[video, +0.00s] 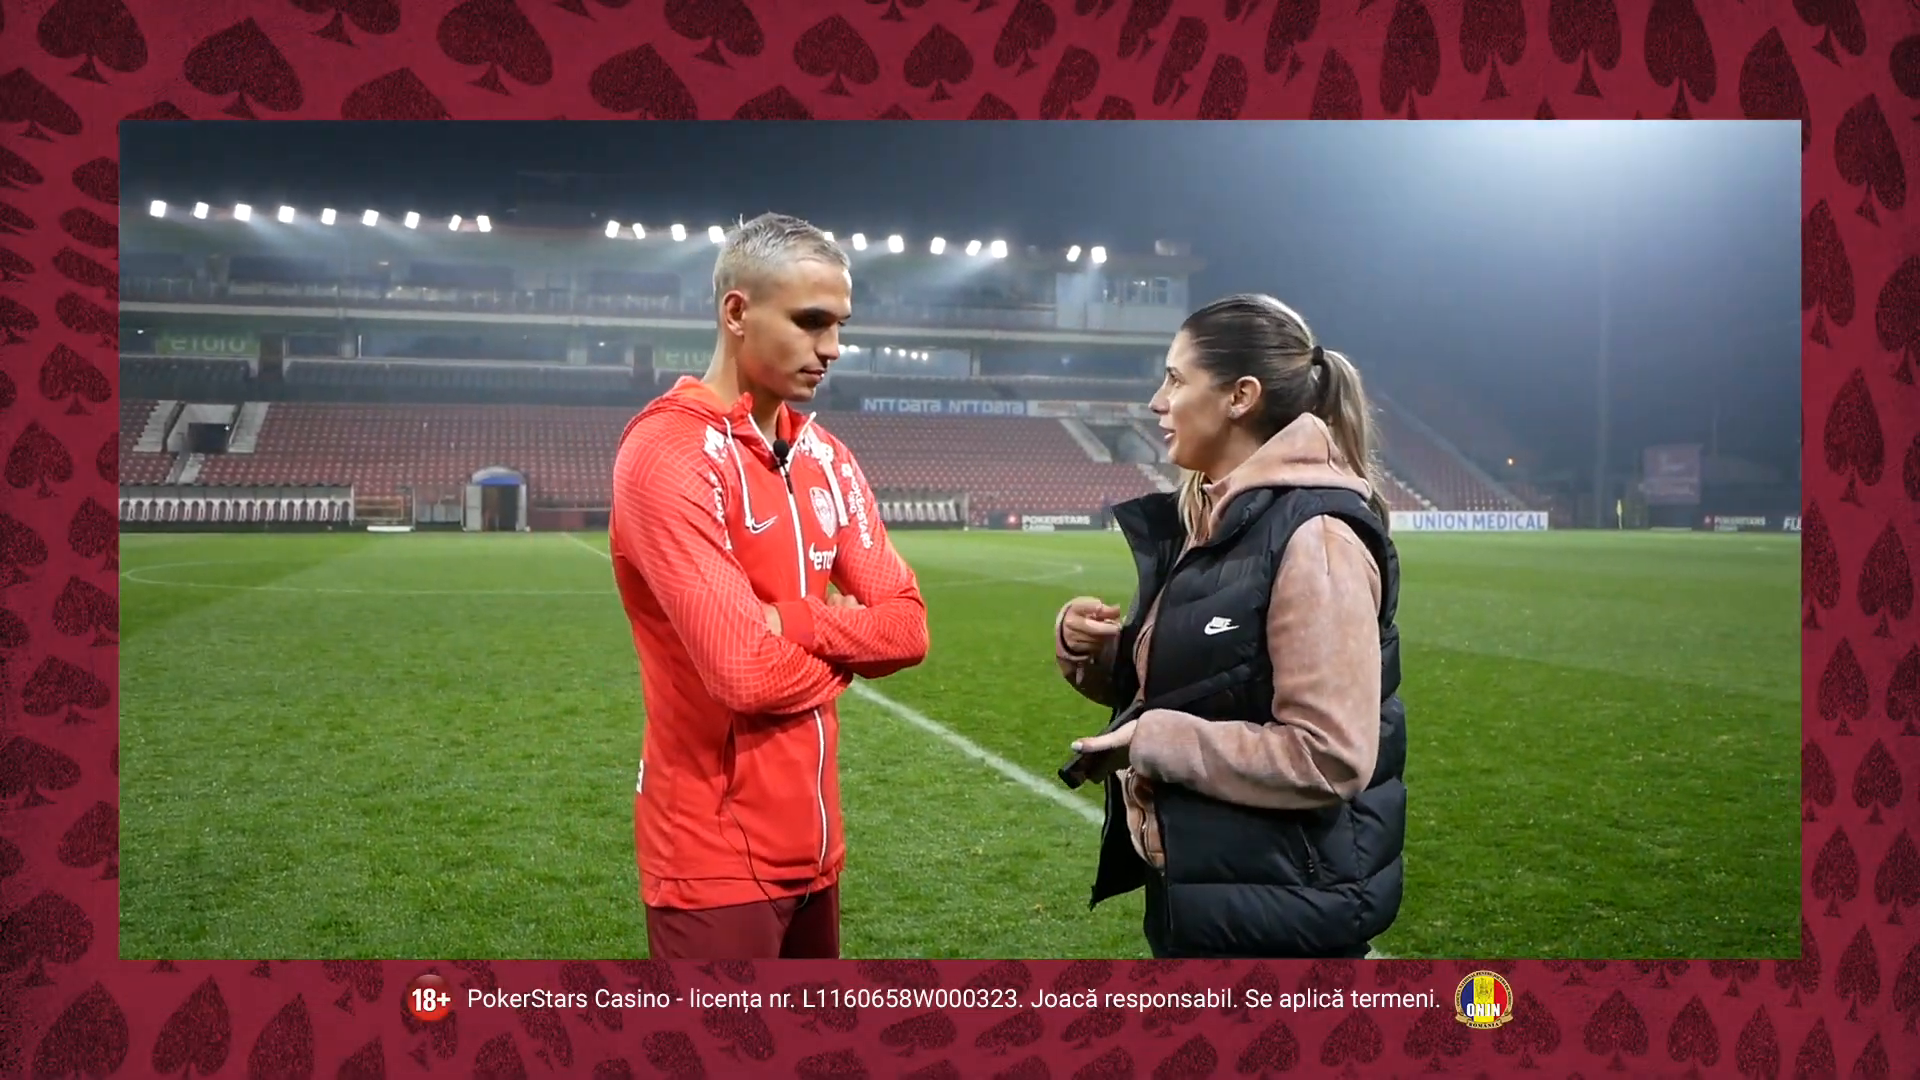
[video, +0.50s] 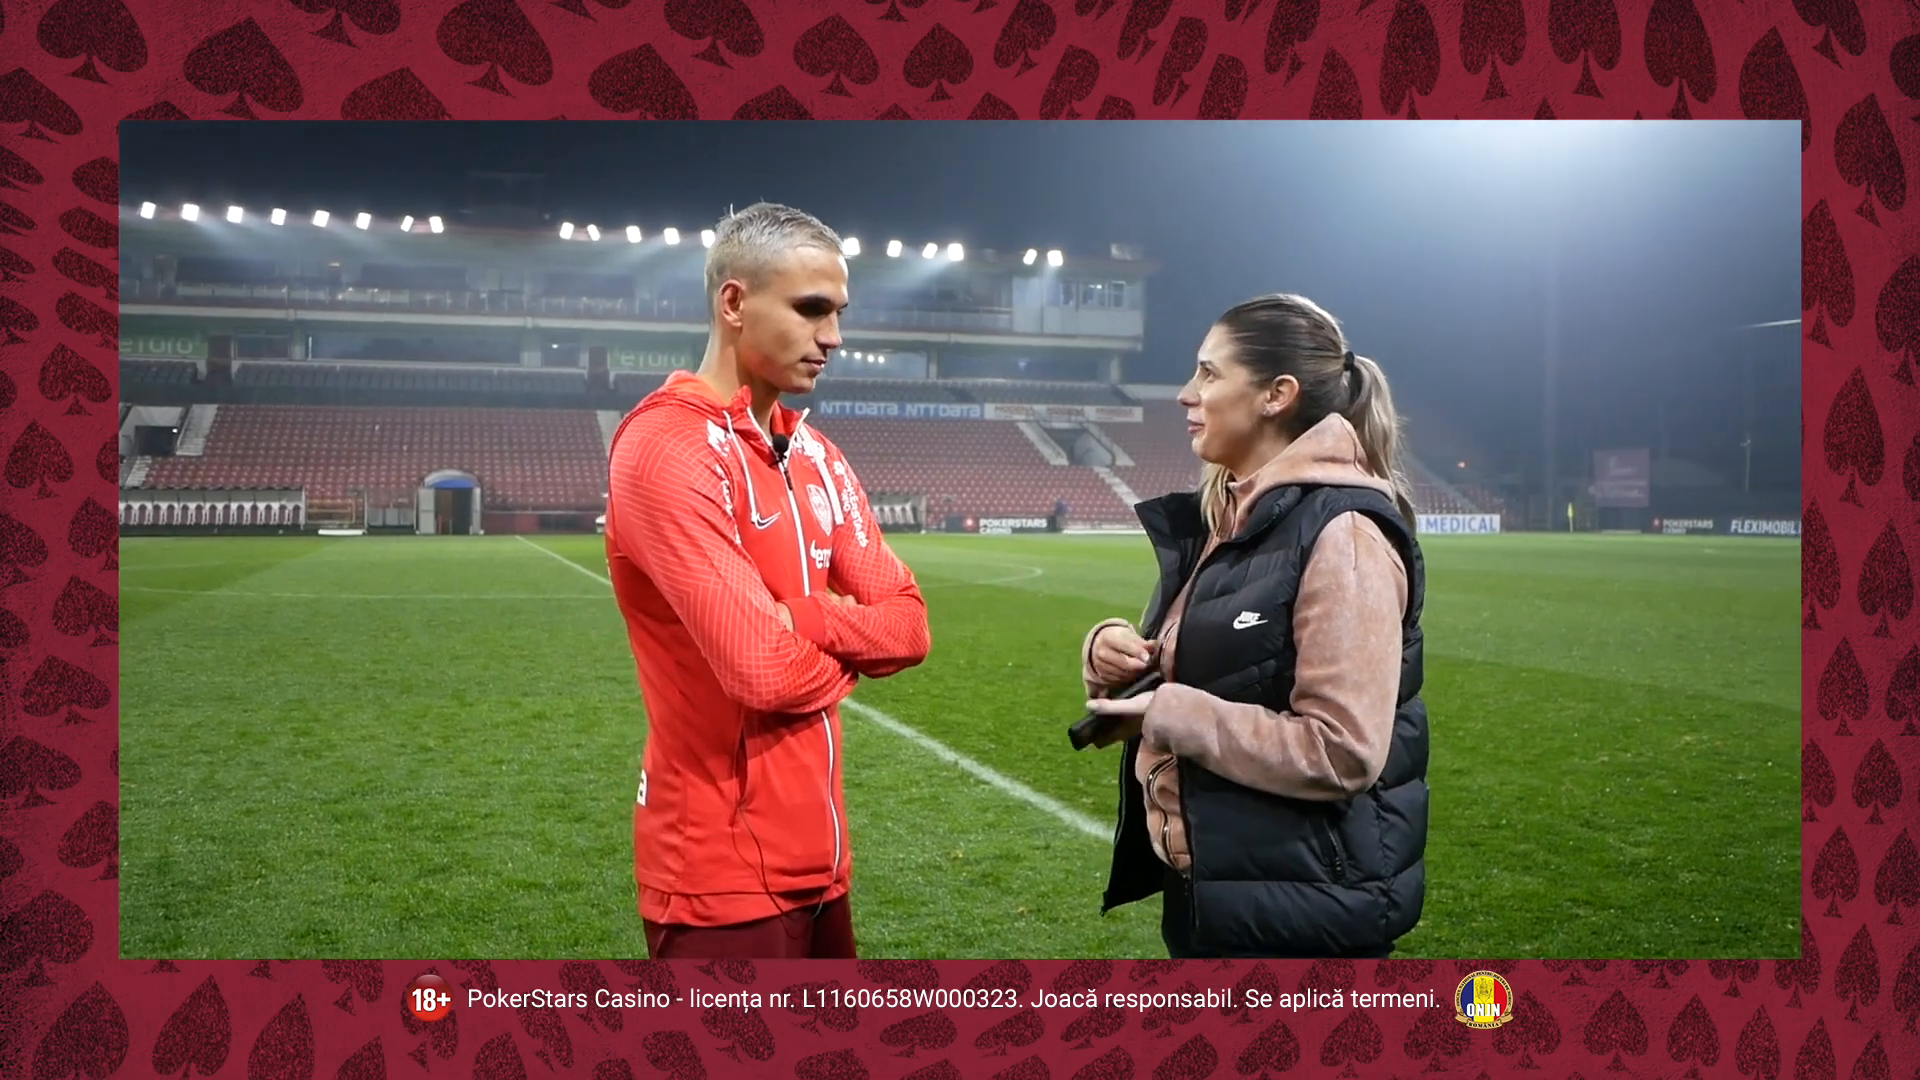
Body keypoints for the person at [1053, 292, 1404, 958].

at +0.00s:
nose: (1157, 403)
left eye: (1175, 379)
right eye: (1164, 380)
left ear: (1241, 396)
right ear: (1237, 398)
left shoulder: (1317, 538)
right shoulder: (1216, 519)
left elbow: (1330, 755)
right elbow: (1179, 686)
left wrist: (1155, 739)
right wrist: (1093, 652)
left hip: (1278, 915)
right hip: (1207, 904)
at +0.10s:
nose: (1161, 406)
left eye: (1177, 384)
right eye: (1167, 385)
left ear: (1245, 393)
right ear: (1238, 395)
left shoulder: (1324, 541)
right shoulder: (1214, 520)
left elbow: (1324, 757)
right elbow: (1161, 680)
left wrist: (1151, 720)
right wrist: (1062, 616)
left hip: (1282, 907)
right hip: (1206, 893)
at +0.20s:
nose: (1167, 408)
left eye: (1184, 383)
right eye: (1173, 384)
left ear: (1251, 391)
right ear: (1246, 393)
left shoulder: (1335, 543)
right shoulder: (1219, 518)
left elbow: (1319, 755)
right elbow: (1161, 676)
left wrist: (1147, 697)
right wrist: (1044, 625)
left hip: (1287, 912)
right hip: (1204, 899)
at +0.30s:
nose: (1171, 403)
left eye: (1190, 378)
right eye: (1179, 380)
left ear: (1259, 393)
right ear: (1254, 395)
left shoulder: (1335, 541)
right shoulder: (1223, 522)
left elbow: (1325, 754)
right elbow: (1166, 682)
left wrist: (1154, 698)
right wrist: (1060, 629)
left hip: (1290, 912)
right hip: (1208, 900)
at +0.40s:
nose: (1178, 397)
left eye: (1200, 375)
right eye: (1188, 376)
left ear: (1269, 393)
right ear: (1261, 394)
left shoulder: (1338, 535)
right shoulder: (1226, 519)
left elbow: (1336, 750)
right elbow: (1180, 683)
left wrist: (1158, 700)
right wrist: (1094, 636)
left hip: (1292, 911)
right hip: (1213, 899)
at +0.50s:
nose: (1186, 396)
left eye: (1208, 374)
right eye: (1195, 375)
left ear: (1278, 394)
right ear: (1271, 396)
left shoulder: (1346, 535)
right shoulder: (1234, 519)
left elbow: (1342, 749)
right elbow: (1192, 668)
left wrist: (1166, 710)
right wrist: (1109, 653)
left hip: (1300, 911)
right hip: (1217, 900)